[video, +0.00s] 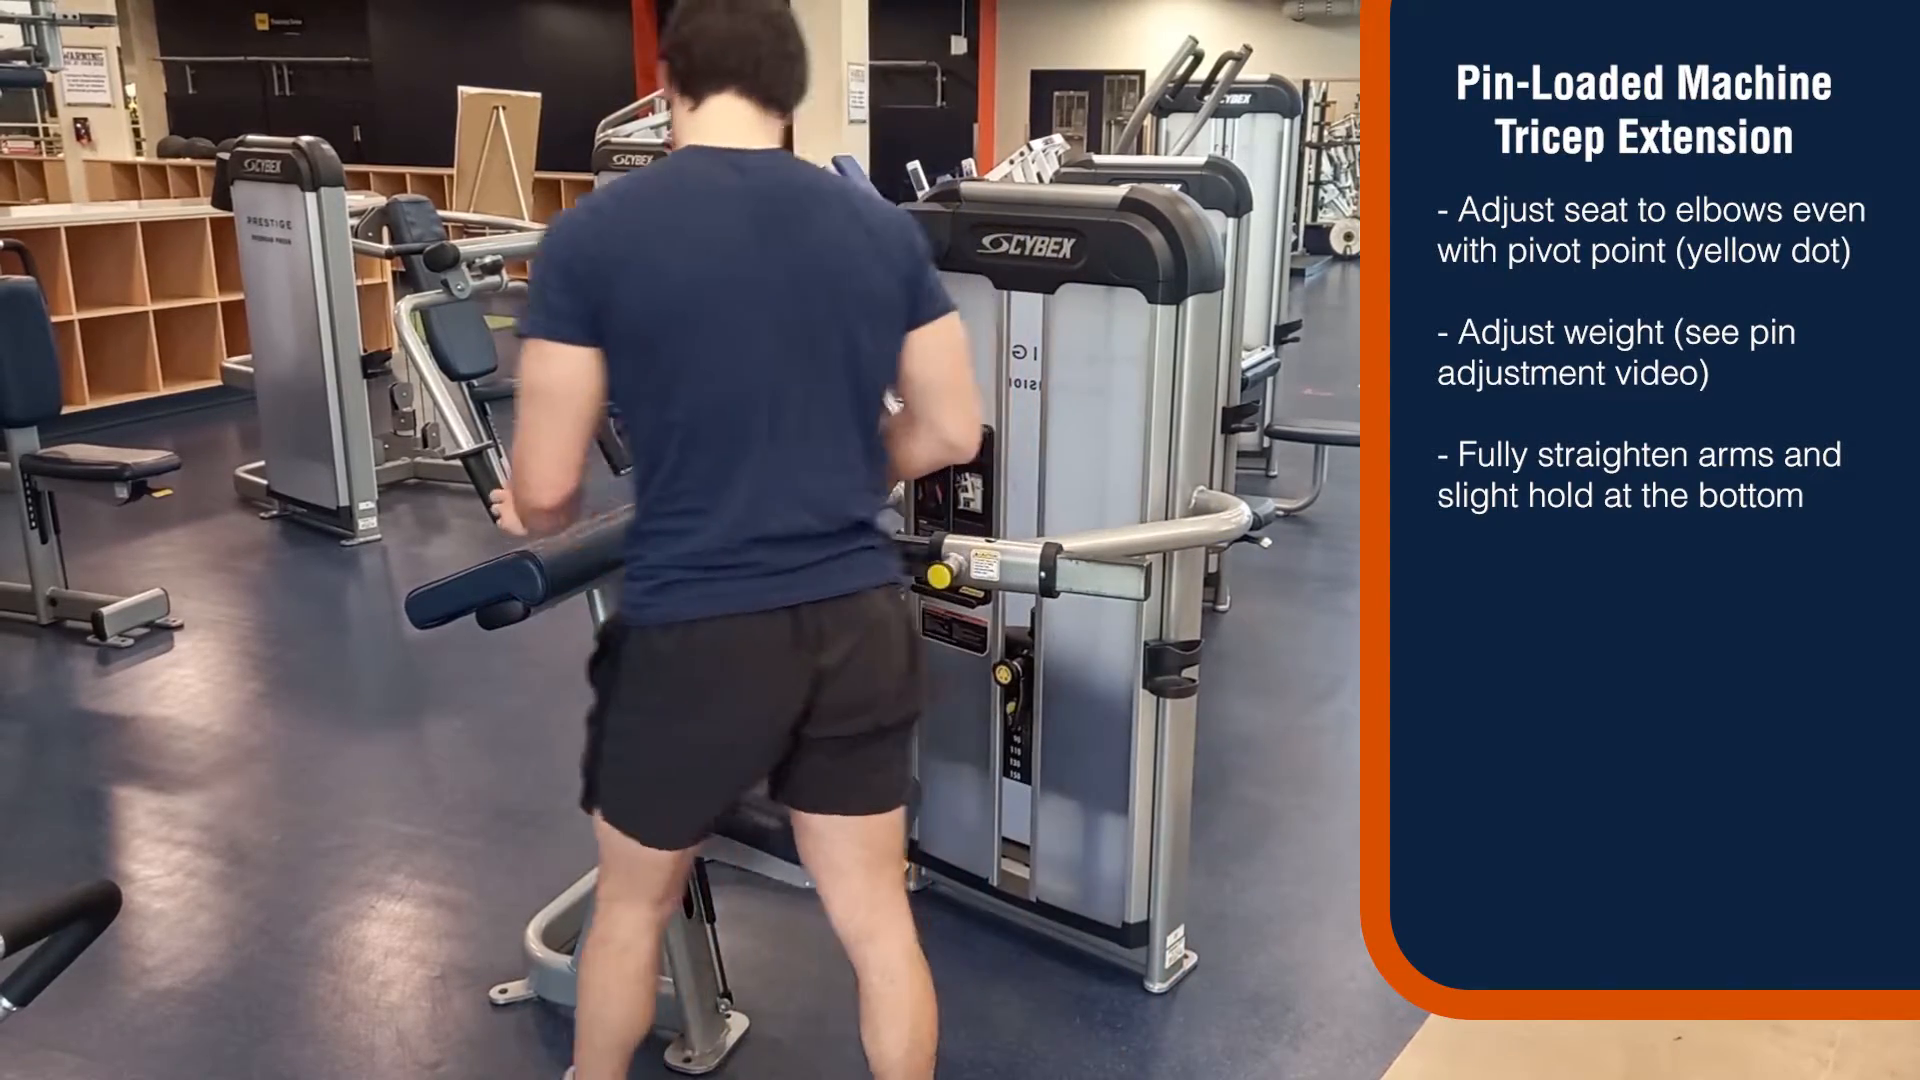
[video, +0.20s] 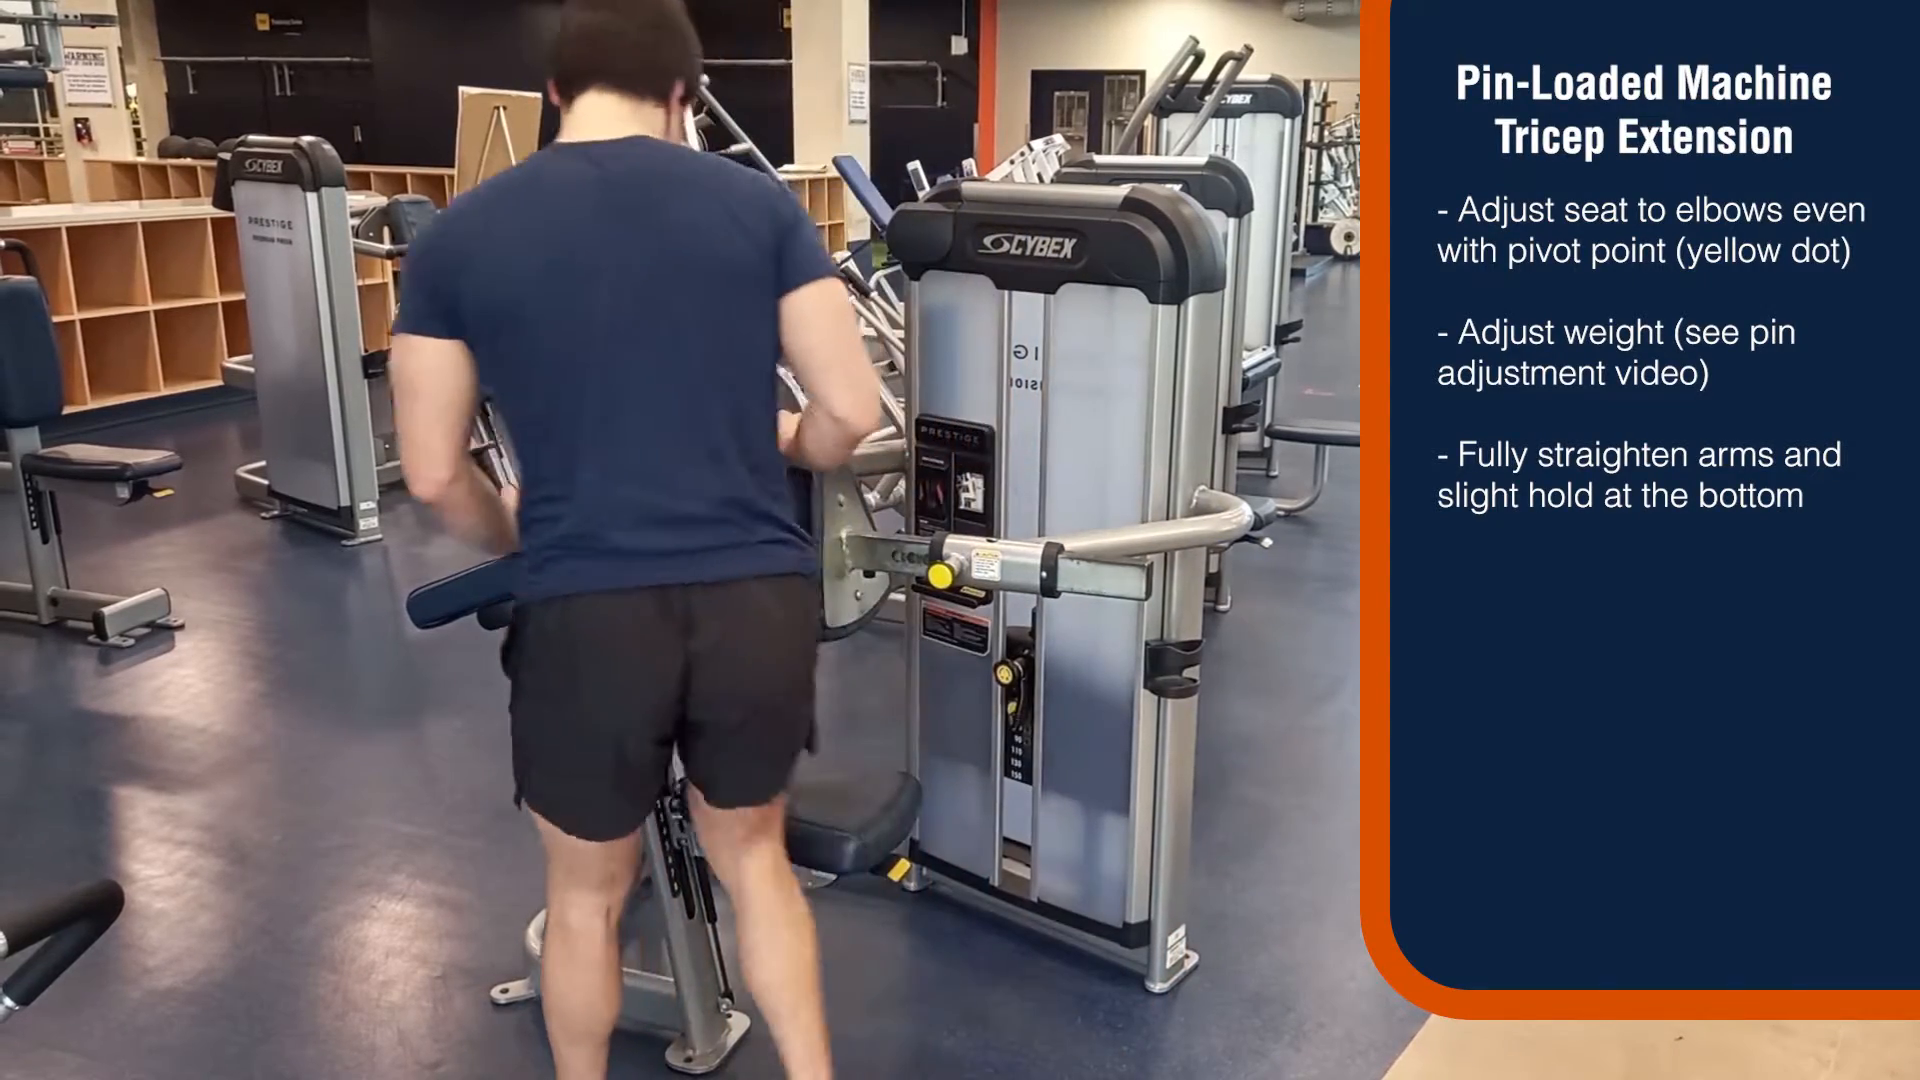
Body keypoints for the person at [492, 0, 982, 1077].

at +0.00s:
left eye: (667, 76)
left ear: (670, 84)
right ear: (793, 93)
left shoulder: (598, 233)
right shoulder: (877, 226)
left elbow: (549, 489)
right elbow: (951, 429)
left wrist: (525, 504)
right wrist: (834, 457)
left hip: (693, 646)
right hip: (862, 631)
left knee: (632, 908)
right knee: (879, 917)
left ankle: (597, 1071)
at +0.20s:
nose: (687, 120)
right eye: (691, 104)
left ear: (552, 93)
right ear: (681, 98)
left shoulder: (462, 233)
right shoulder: (758, 206)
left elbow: (434, 475)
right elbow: (852, 415)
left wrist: (519, 542)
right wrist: (773, 438)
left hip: (585, 627)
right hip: (757, 615)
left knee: (584, 899)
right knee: (756, 850)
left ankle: (582, 1076)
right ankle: (813, 1071)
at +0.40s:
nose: (644, 125)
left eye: (644, 110)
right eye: (646, 107)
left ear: (511, 88)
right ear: (626, 94)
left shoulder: (408, 225)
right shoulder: (688, 188)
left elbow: (383, 455)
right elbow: (810, 392)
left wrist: (486, 537)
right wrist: (786, 453)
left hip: (535, 604)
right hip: (703, 576)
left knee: (568, 895)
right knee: (699, 735)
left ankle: (577, 1074)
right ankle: (705, 960)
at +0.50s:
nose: (629, 127)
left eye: (629, 112)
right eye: (631, 110)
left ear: (496, 87)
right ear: (604, 94)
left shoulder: (384, 223)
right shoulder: (662, 185)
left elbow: (368, 448)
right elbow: (786, 397)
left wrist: (469, 527)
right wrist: (787, 452)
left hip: (511, 609)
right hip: (677, 577)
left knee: (560, 898)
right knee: (694, 656)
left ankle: (575, 1076)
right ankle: (687, 857)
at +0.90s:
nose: (588, 120)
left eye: (588, 108)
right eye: (588, 105)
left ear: (448, 82)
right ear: (556, 82)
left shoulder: (337, 226)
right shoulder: (618, 180)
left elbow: (343, 448)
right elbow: (747, 388)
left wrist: (455, 526)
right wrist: (789, 431)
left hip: (509, 612)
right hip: (662, 563)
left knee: (558, 886)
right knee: (723, 479)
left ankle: (576, 1078)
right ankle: (779, 714)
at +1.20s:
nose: (557, 110)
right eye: (558, 96)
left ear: (429, 100)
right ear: (543, 92)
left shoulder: (359, 246)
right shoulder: (642, 186)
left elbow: (379, 476)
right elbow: (760, 382)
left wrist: (500, 553)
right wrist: (718, 407)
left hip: (579, 601)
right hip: (727, 547)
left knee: (582, 874)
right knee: (765, 653)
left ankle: (588, 1076)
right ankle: (820, 822)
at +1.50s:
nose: (518, 149)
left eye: (515, 135)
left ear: (523, 133)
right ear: (631, 116)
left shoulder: (537, 238)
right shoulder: (721, 214)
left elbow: (544, 448)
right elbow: (816, 381)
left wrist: (507, 533)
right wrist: (767, 458)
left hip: (670, 567)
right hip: (779, 540)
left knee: (581, 822)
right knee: (751, 750)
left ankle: (607, 1067)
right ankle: (808, 957)